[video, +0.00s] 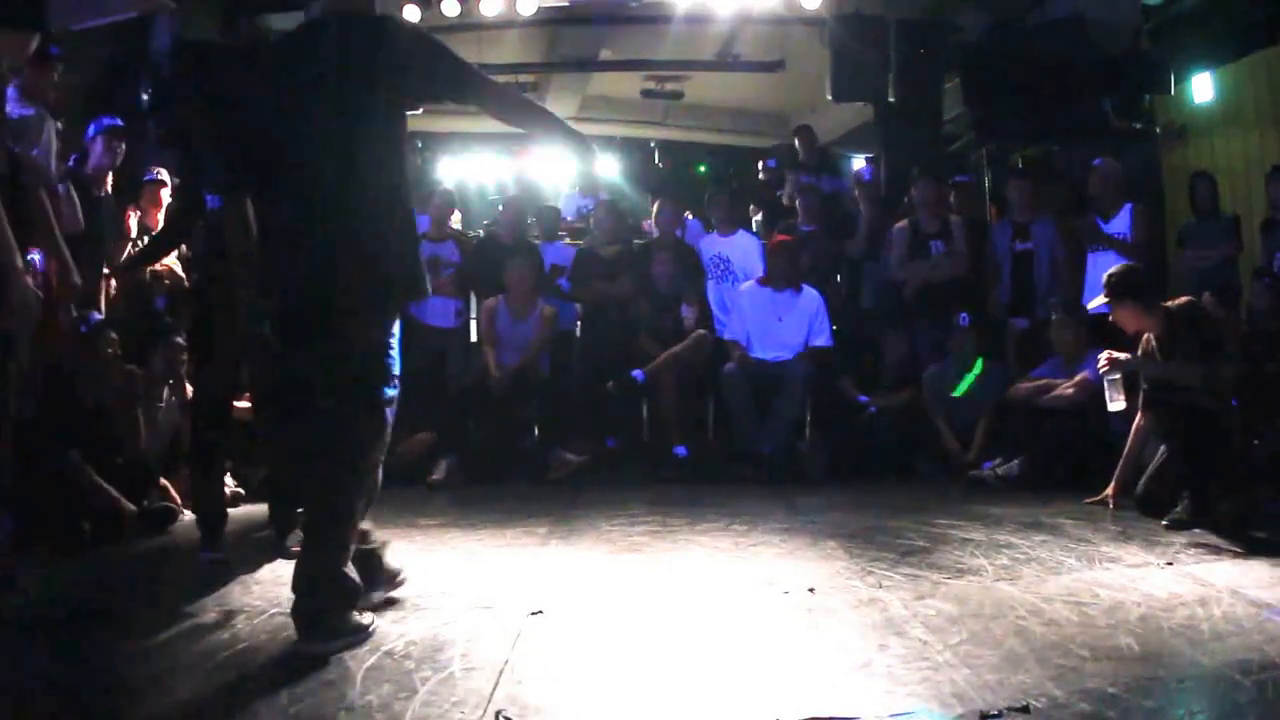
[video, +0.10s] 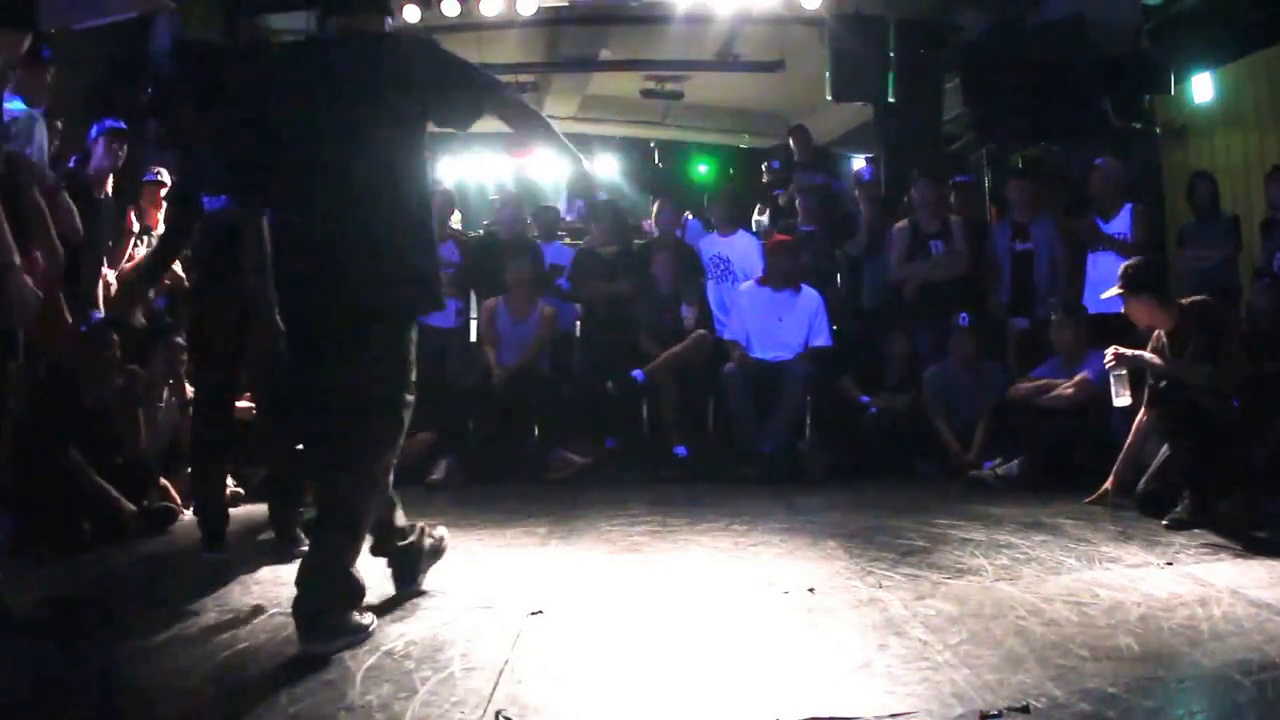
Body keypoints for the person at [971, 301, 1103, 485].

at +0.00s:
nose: (1057, 335)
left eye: (1065, 329)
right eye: (1055, 329)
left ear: (1080, 332)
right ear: (1050, 333)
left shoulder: (1097, 360)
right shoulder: (1057, 363)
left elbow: (1073, 394)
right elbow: (1014, 393)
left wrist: (1032, 401)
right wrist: (1054, 384)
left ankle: (1025, 461)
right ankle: (1006, 457)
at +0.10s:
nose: (1056, 335)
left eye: (1063, 329)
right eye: (1054, 329)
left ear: (1080, 331)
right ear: (1051, 333)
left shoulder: (1098, 360)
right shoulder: (1056, 363)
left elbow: (1073, 393)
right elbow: (1014, 392)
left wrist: (1033, 400)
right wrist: (1056, 384)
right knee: (1000, 409)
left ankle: (1019, 464)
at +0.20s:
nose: (1054, 335)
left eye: (1062, 329)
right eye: (1053, 329)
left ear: (1079, 332)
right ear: (1051, 332)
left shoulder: (1099, 360)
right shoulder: (1056, 363)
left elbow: (1073, 393)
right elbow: (1013, 393)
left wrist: (1034, 400)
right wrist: (1056, 384)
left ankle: (1025, 462)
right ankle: (1004, 459)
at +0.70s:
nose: (1054, 332)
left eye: (1060, 326)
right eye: (1052, 326)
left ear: (1077, 329)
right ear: (1049, 331)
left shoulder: (1096, 360)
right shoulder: (1055, 363)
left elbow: (1072, 393)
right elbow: (1015, 392)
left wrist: (1035, 400)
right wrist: (1057, 384)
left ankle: (1022, 464)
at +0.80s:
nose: (1054, 332)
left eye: (1060, 325)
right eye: (1052, 326)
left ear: (1077, 328)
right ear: (1049, 332)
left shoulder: (1096, 359)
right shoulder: (1056, 362)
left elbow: (1073, 392)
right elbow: (1015, 392)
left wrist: (1035, 401)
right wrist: (1054, 384)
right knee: (1000, 404)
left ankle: (1021, 464)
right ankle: (971, 460)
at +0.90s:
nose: (1054, 333)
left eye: (1060, 327)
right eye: (1052, 327)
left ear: (1077, 330)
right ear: (1049, 332)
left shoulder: (1097, 360)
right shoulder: (1056, 362)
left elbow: (1072, 393)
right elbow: (1014, 392)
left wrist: (1037, 401)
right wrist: (1054, 384)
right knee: (1000, 404)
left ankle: (1021, 464)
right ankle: (972, 460)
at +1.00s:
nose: (1056, 336)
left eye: (1062, 329)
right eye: (1054, 329)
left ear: (1078, 331)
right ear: (1051, 333)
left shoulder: (1095, 360)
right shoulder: (1057, 362)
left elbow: (1075, 392)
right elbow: (1014, 392)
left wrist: (1040, 401)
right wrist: (1053, 383)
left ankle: (1022, 464)